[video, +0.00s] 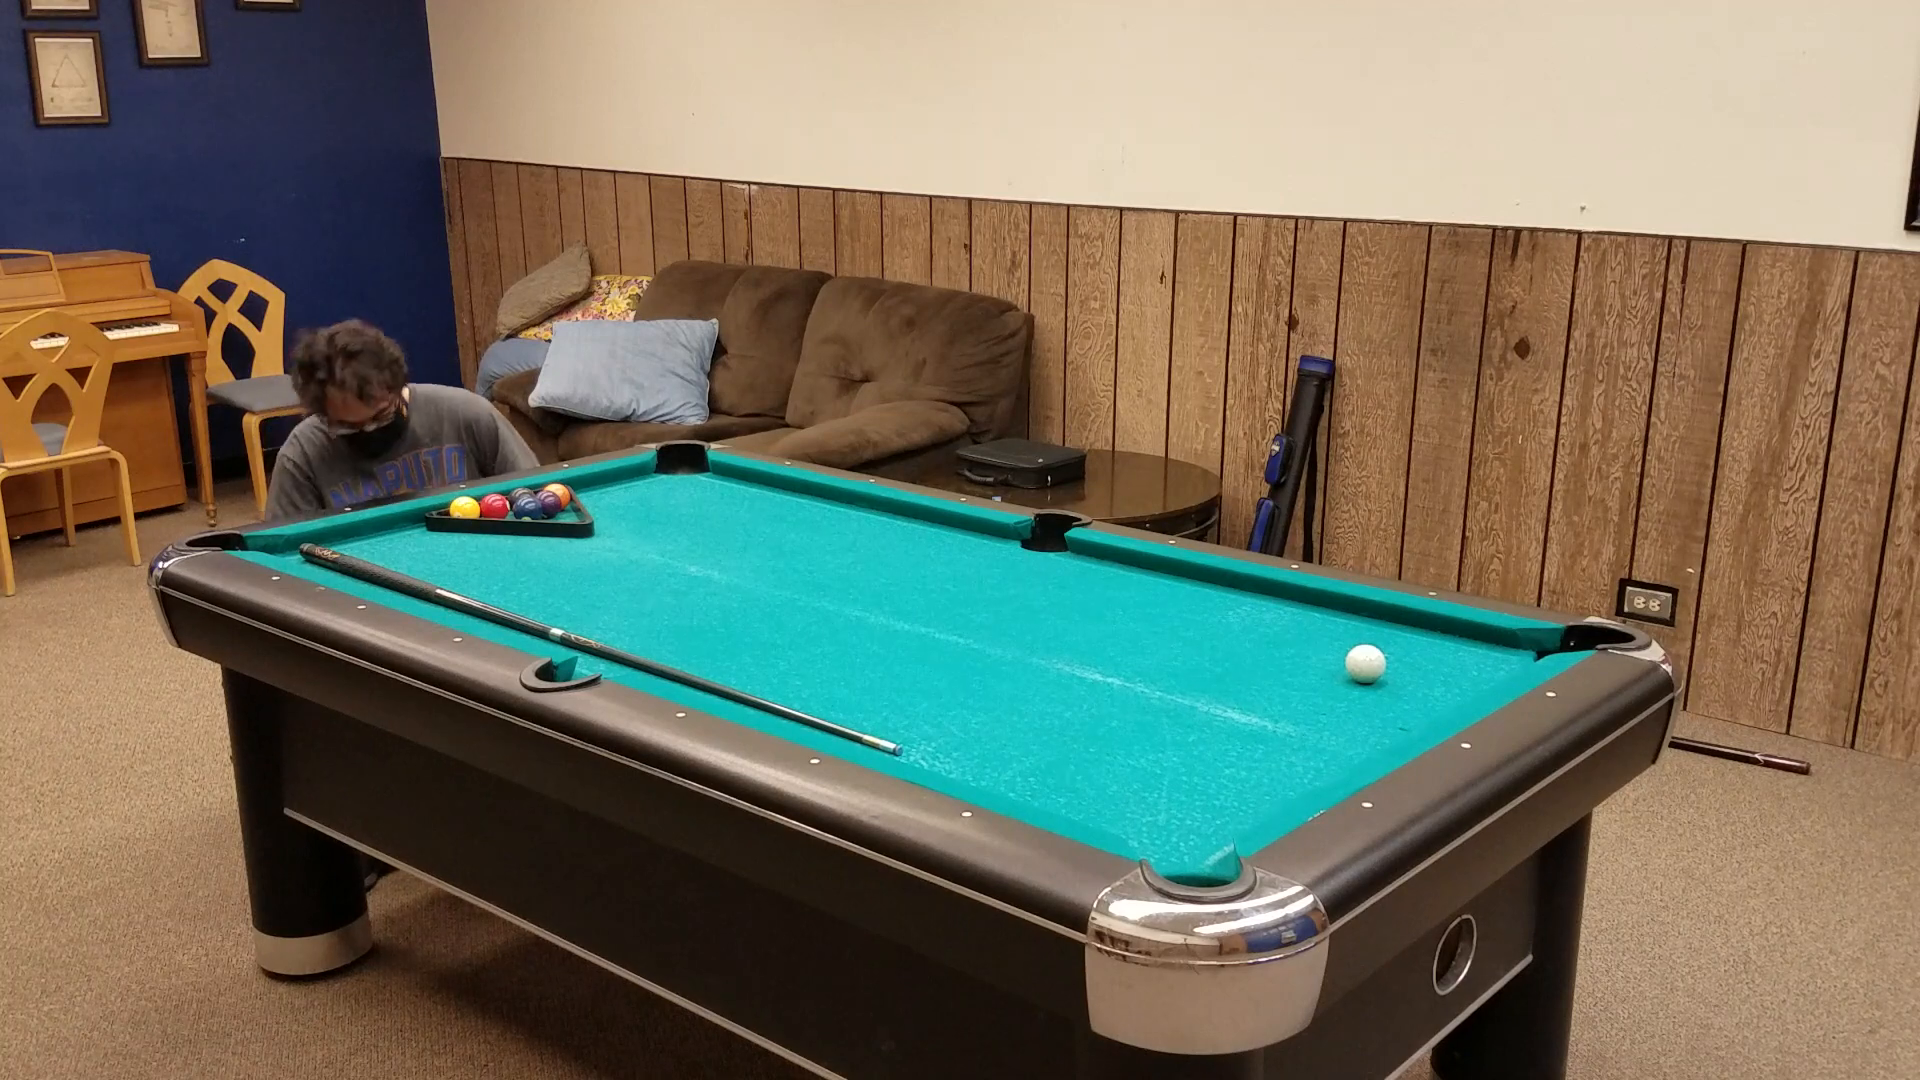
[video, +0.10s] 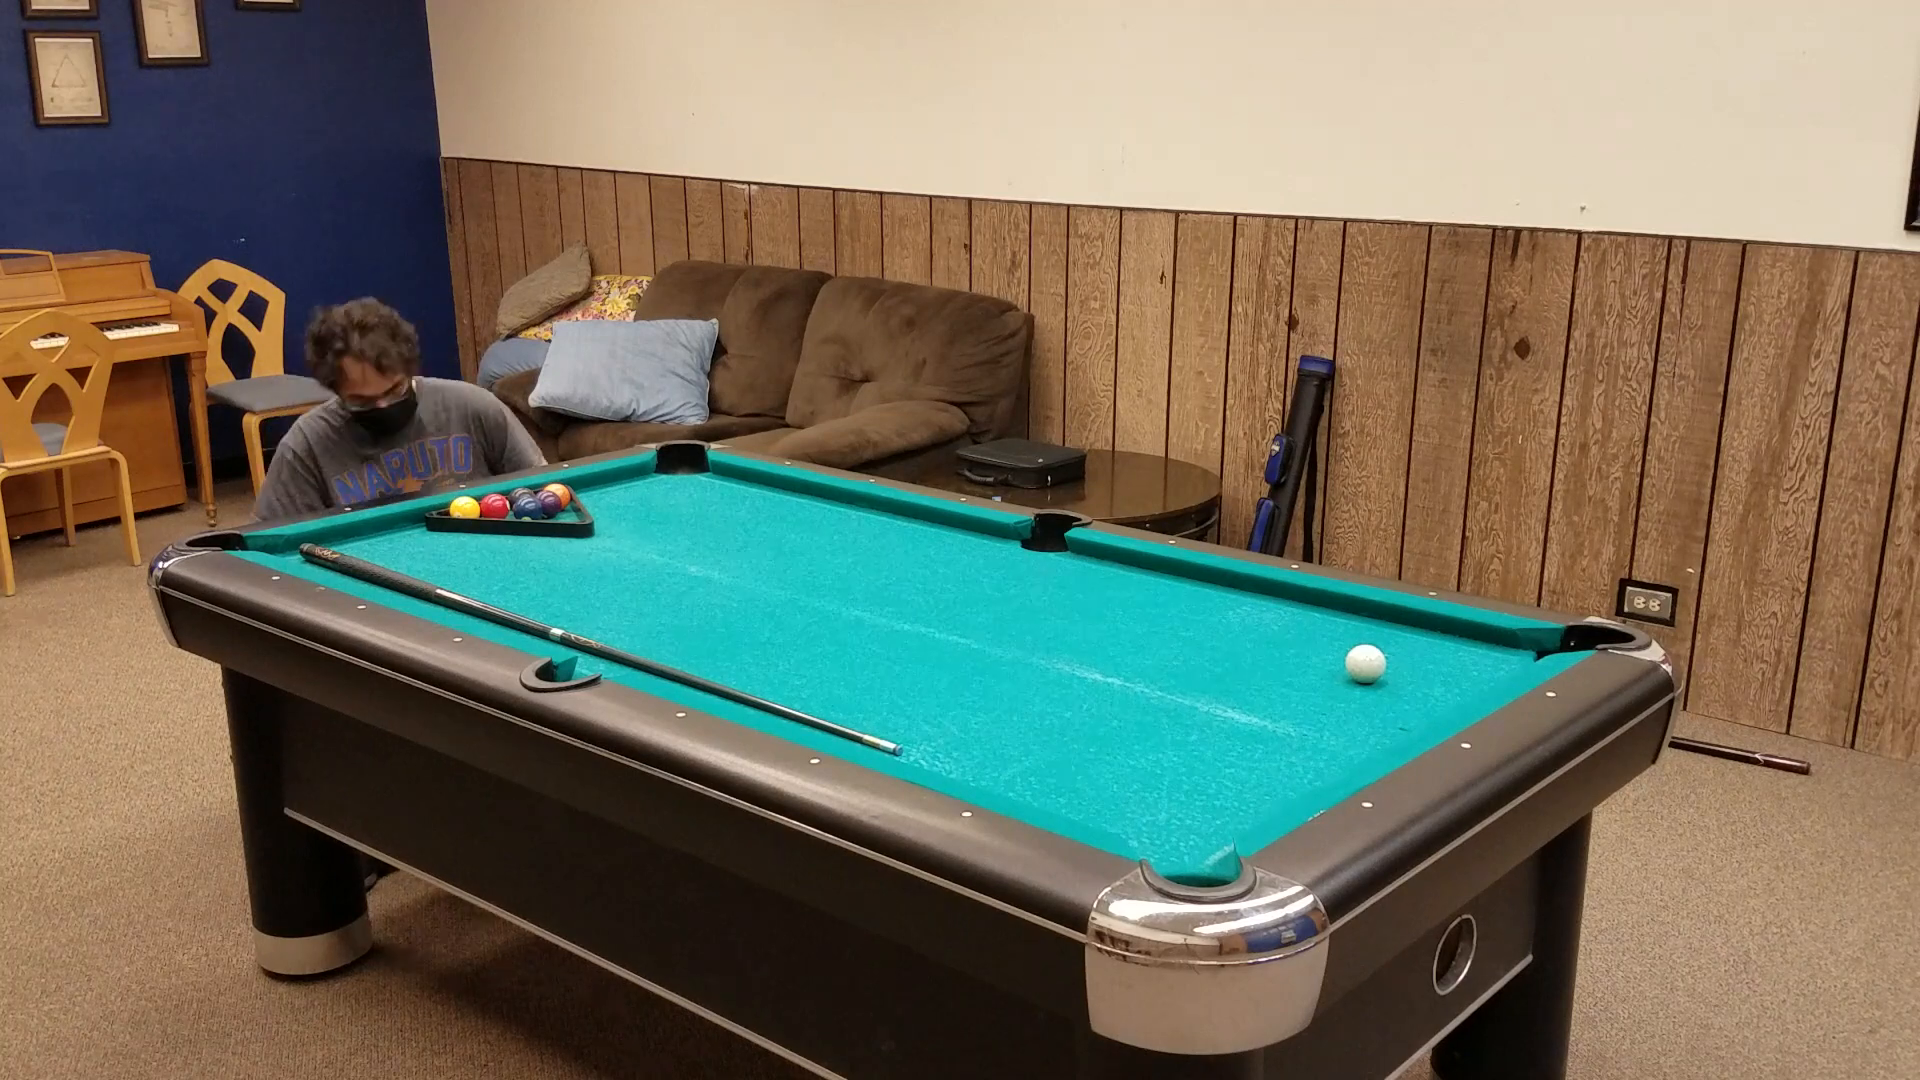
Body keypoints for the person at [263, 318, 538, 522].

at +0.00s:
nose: (367, 435)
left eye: (379, 418)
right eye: (348, 427)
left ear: (398, 388)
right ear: (320, 411)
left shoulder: (468, 415)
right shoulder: (303, 454)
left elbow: (536, 497)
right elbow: (281, 555)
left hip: (478, 571)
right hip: (365, 589)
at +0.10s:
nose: (384, 409)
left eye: (394, 390)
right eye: (362, 401)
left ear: (410, 367)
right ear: (335, 387)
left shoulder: (475, 409)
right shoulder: (306, 448)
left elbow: (545, 495)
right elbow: (269, 554)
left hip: (487, 569)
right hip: (370, 590)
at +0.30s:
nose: (409, 372)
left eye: (419, 354)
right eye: (388, 362)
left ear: (431, 337)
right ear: (352, 360)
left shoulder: (476, 397)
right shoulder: (313, 430)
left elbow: (555, 471)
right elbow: (269, 535)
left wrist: (519, 472)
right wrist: (334, 500)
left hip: (487, 562)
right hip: (370, 581)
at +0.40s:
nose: (414, 360)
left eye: (424, 342)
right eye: (395, 350)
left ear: (437, 330)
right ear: (357, 351)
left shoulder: (474, 391)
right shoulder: (320, 421)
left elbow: (567, 472)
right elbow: (282, 523)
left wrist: (549, 434)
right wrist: (351, 465)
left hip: (489, 562)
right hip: (377, 577)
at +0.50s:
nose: (420, 351)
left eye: (429, 335)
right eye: (400, 339)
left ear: (440, 329)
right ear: (362, 343)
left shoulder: (473, 386)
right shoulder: (326, 414)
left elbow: (570, 464)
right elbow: (304, 503)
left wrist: (564, 430)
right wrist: (379, 451)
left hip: (494, 554)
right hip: (387, 571)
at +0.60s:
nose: (424, 346)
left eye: (433, 330)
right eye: (404, 333)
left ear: (445, 326)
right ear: (365, 338)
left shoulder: (470, 382)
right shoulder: (333, 409)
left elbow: (575, 450)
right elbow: (330, 485)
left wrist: (562, 435)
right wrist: (410, 456)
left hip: (493, 548)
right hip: (396, 565)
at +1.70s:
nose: (470, 338)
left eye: (479, 326)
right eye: (454, 324)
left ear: (488, 327)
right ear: (408, 330)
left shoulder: (493, 381)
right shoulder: (363, 404)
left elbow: (566, 431)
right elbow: (347, 491)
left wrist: (585, 457)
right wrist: (397, 458)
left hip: (511, 549)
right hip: (419, 566)